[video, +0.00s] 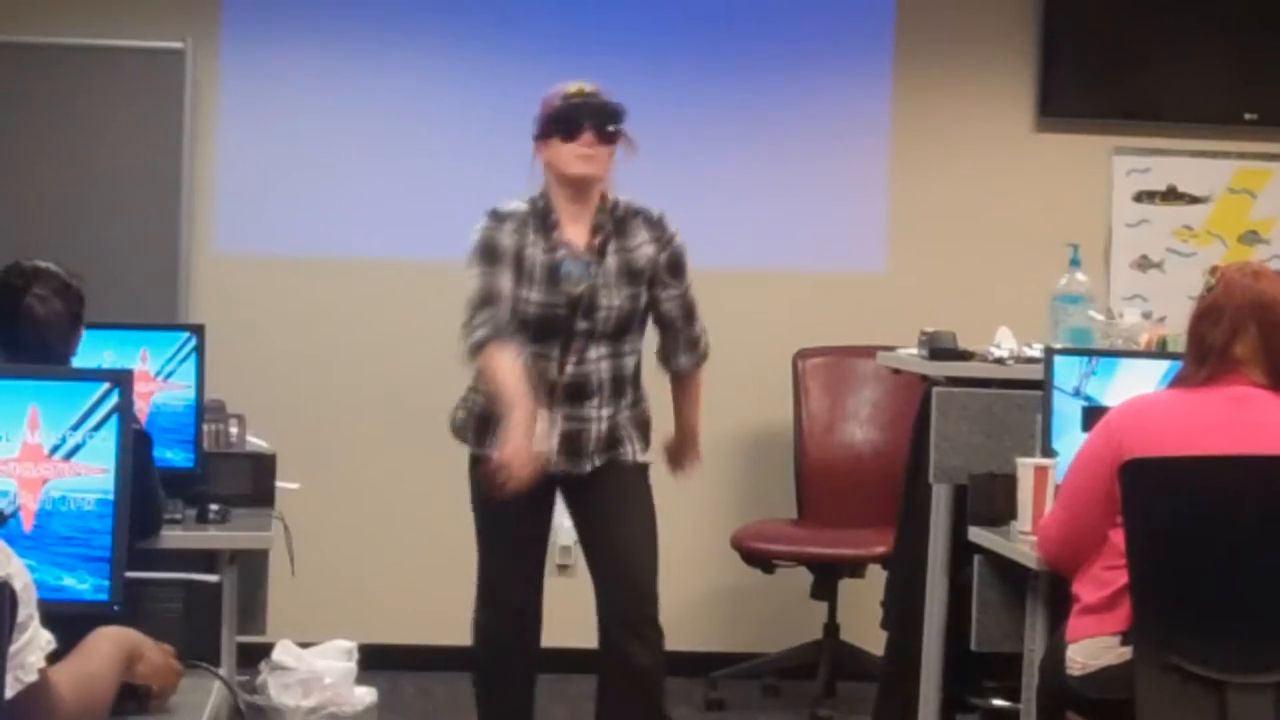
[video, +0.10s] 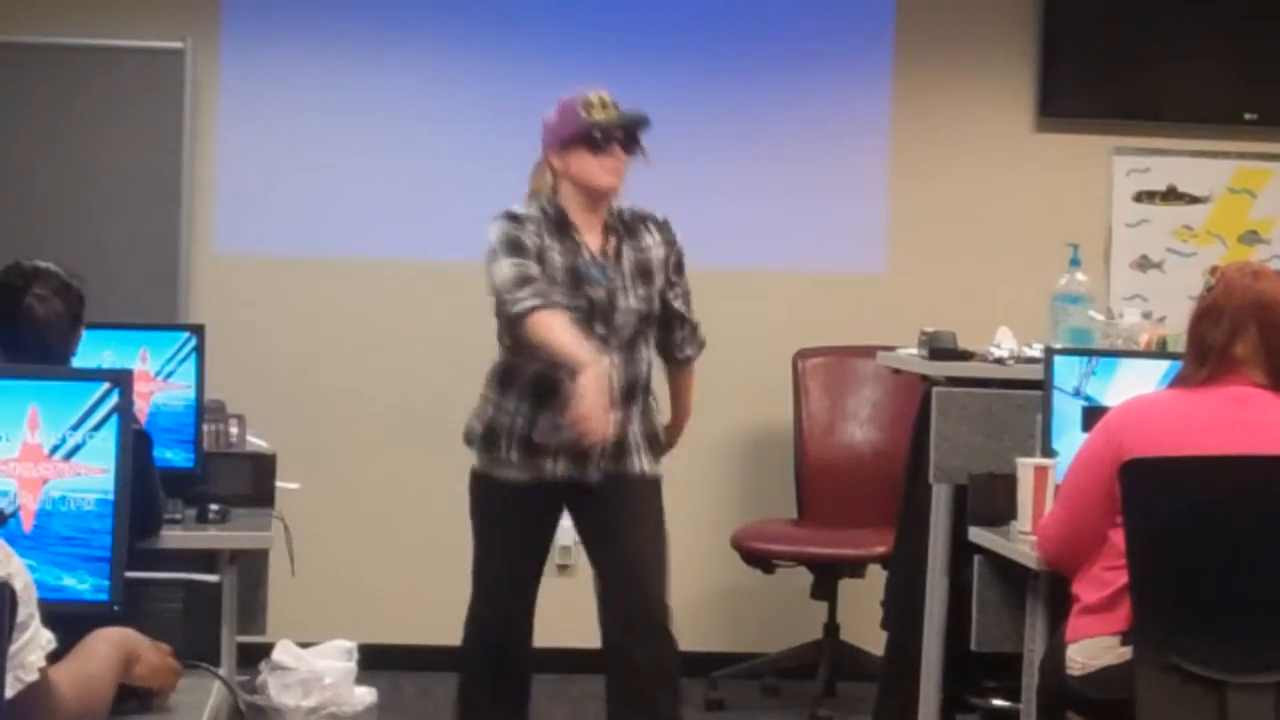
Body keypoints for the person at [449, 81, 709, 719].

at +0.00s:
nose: (588, 141)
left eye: (603, 132)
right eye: (569, 131)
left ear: (617, 149)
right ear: (542, 149)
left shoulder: (648, 234)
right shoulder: (507, 229)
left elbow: (684, 338)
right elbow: (491, 332)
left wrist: (686, 428)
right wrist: (520, 414)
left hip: (610, 440)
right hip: (514, 438)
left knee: (634, 615)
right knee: (507, 615)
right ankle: (504, 715)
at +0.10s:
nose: (616, 153)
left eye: (622, 143)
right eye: (597, 143)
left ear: (631, 154)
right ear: (557, 159)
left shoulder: (652, 235)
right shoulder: (518, 230)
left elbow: (679, 332)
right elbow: (530, 309)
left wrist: (680, 416)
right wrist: (588, 359)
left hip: (622, 457)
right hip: (520, 455)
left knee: (641, 621)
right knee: (499, 623)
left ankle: (649, 719)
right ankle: (490, 718)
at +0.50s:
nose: (694, 136)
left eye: (694, 126)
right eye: (674, 128)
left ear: (691, 134)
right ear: (627, 141)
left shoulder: (712, 221)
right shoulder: (577, 213)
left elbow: (714, 343)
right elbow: (575, 345)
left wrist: (696, 444)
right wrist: (637, 441)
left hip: (685, 462)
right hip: (583, 461)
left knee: (690, 652)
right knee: (588, 650)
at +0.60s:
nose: (701, 156)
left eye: (704, 145)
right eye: (682, 148)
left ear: (709, 153)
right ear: (637, 161)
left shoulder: (730, 248)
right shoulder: (586, 242)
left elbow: (746, 373)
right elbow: (545, 370)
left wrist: (726, 455)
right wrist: (570, 471)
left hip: (698, 472)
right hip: (596, 470)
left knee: (707, 639)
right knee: (595, 644)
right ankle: (600, 719)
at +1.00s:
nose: (625, 160)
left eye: (644, 148)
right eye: (612, 149)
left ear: (678, 163)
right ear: (600, 165)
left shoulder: (719, 244)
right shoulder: (568, 260)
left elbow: (731, 322)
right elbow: (516, 366)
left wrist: (653, 379)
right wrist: (486, 475)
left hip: (693, 489)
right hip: (595, 485)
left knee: (683, 670)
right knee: (590, 658)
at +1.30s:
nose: (570, 121)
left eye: (592, 111)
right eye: (567, 109)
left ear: (641, 127)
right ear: (560, 120)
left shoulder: (695, 211)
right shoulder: (535, 223)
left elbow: (706, 344)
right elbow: (509, 350)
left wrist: (665, 454)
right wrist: (496, 465)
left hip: (672, 469)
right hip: (567, 471)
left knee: (678, 661)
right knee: (565, 659)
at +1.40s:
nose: (561, 141)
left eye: (582, 129)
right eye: (558, 128)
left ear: (630, 143)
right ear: (553, 138)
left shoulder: (690, 232)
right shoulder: (524, 245)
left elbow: (733, 365)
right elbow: (482, 376)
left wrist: (737, 488)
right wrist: (481, 488)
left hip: (671, 491)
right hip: (558, 490)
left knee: (687, 677)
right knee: (550, 679)